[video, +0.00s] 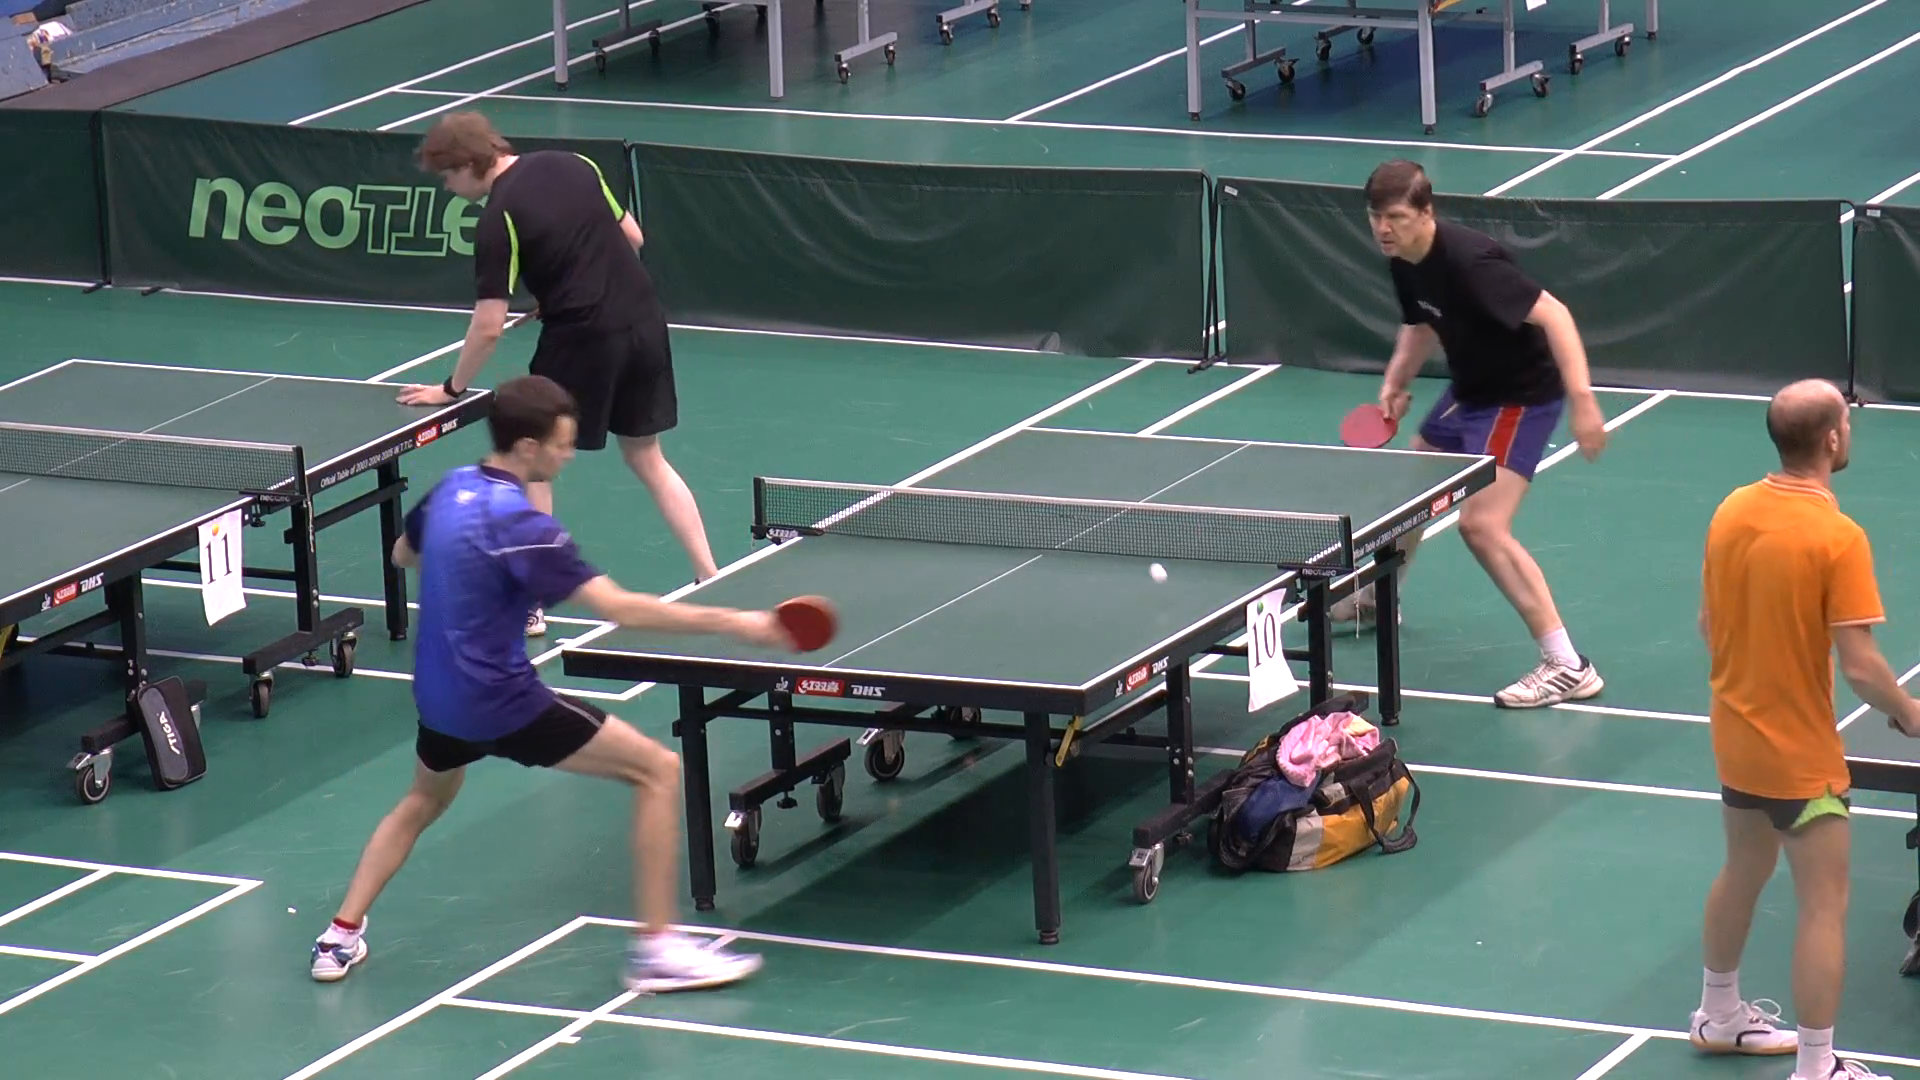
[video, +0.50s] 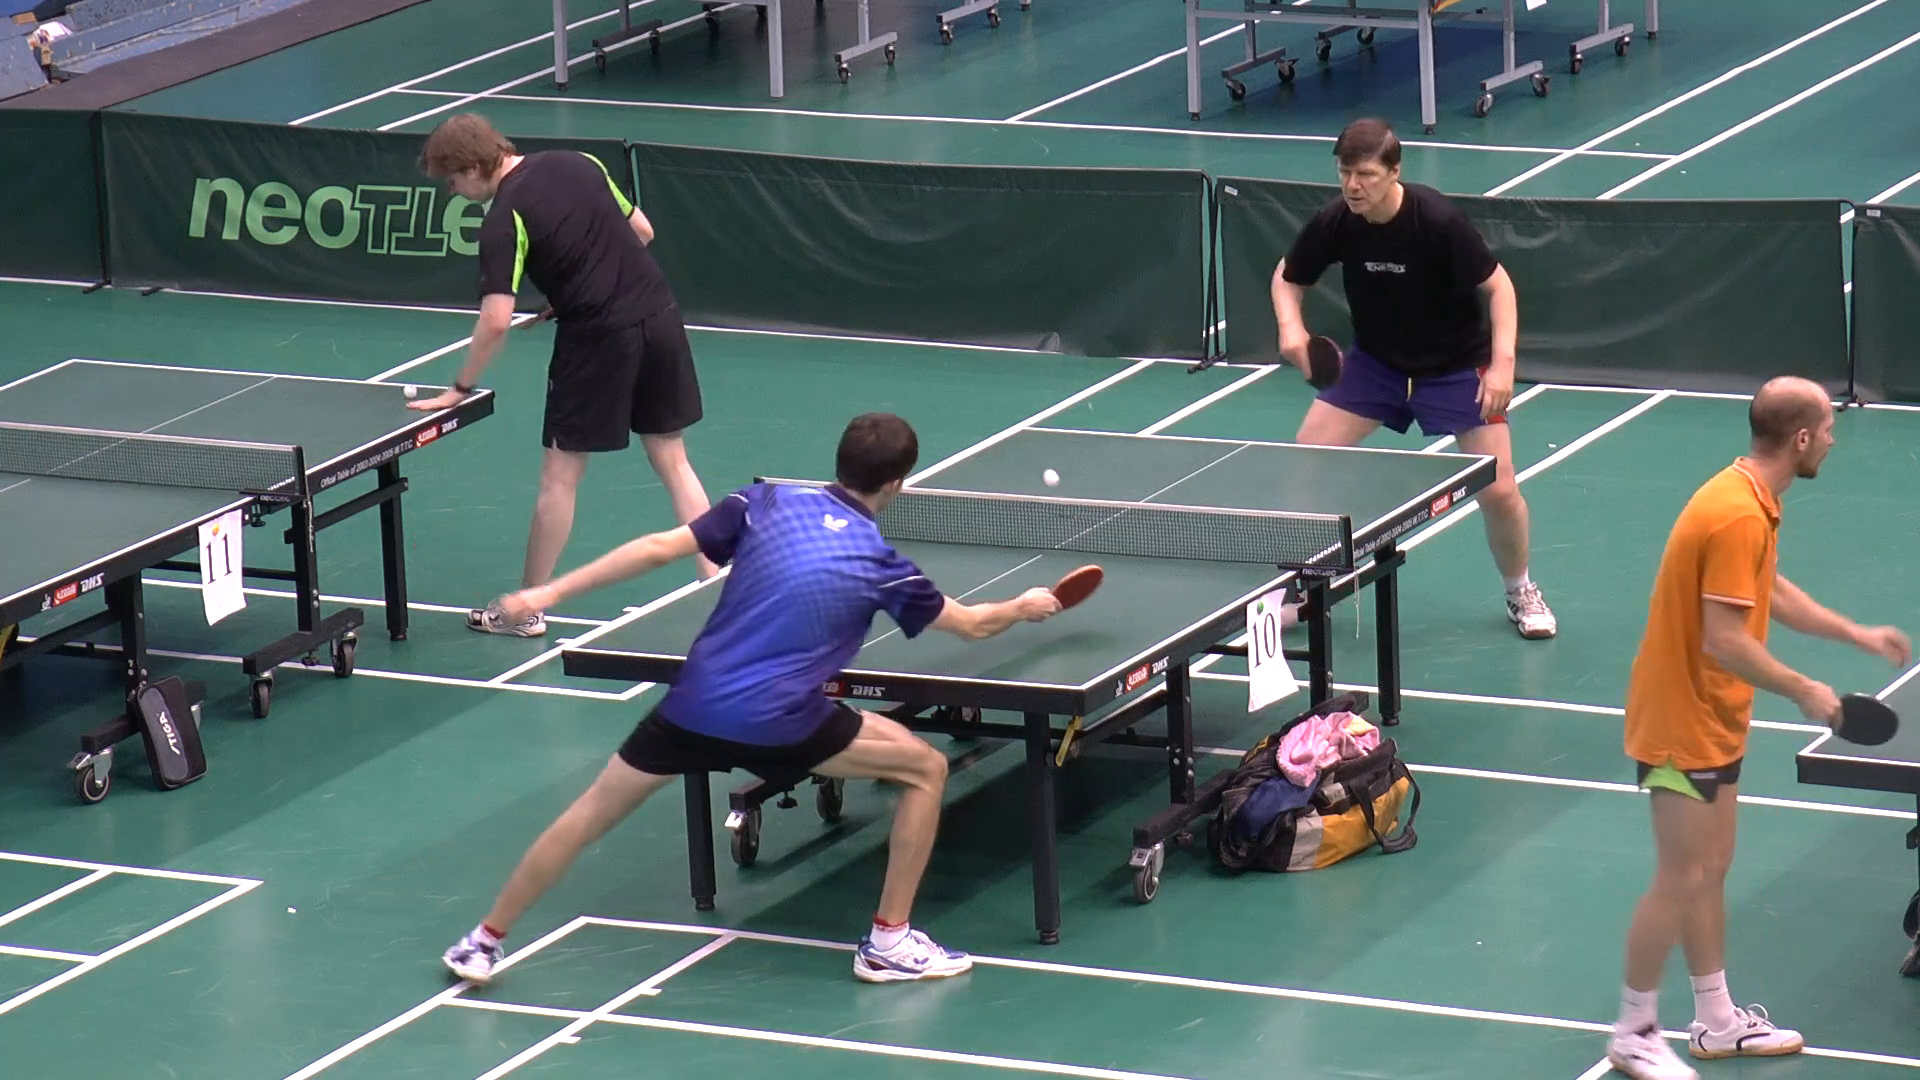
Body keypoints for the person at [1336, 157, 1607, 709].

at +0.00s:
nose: (1382, 229)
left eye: (1394, 218)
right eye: (1377, 218)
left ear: (1426, 213)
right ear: (1372, 216)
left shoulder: (1471, 262)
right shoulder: (1403, 259)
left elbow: (1554, 314)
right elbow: (1418, 326)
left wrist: (1582, 403)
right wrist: (1395, 384)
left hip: (1523, 396)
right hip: (1469, 392)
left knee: (1484, 525)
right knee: (1405, 491)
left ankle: (1568, 665)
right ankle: (1372, 595)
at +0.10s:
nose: (1369, 220)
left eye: (1381, 209)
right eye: (1363, 209)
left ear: (1411, 205)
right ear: (1357, 208)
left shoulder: (1454, 250)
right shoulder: (1367, 260)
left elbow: (1533, 309)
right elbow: (1367, 321)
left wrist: (1542, 396)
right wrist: (1355, 380)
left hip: (1495, 389)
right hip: (1428, 385)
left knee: (1496, 508)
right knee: (1363, 475)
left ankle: (1558, 657)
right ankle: (1364, 598)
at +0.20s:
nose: (1360, 209)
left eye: (1372, 199)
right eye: (1353, 198)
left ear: (1401, 196)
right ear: (1345, 196)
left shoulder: (1445, 241)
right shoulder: (1347, 248)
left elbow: (1513, 304)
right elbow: (1328, 309)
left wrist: (1512, 386)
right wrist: (1325, 362)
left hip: (1472, 381)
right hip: (1400, 378)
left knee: (1486, 499)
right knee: (1339, 473)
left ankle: (1558, 627)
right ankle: (1357, 596)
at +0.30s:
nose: (1354, 195)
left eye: (1366, 184)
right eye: (1347, 183)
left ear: (1393, 183)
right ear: (1338, 183)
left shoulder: (1437, 230)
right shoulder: (1336, 234)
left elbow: (1501, 291)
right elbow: (1309, 293)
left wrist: (1500, 372)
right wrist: (1309, 344)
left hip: (1460, 379)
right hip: (1385, 373)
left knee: (1488, 496)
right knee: (1329, 473)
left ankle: (1537, 594)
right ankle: (1363, 593)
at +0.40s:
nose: (1353, 184)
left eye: (1366, 173)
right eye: (1347, 172)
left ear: (1393, 173)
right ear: (1338, 171)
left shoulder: (1436, 219)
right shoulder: (1335, 221)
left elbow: (1498, 285)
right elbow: (1300, 282)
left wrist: (1498, 367)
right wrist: (1301, 333)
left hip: (1459, 371)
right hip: (1380, 365)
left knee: (1496, 495)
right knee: (1320, 467)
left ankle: (1521, 590)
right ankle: (1355, 591)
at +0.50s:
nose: (1353, 185)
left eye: (1365, 175)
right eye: (1347, 173)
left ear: (1394, 172)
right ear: (1339, 170)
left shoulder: (1438, 220)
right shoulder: (1335, 222)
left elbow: (1499, 286)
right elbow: (1288, 277)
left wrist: (1502, 363)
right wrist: (1292, 331)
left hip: (1457, 370)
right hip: (1374, 364)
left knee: (1500, 492)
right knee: (1306, 460)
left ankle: (1521, 589)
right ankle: (1304, 579)